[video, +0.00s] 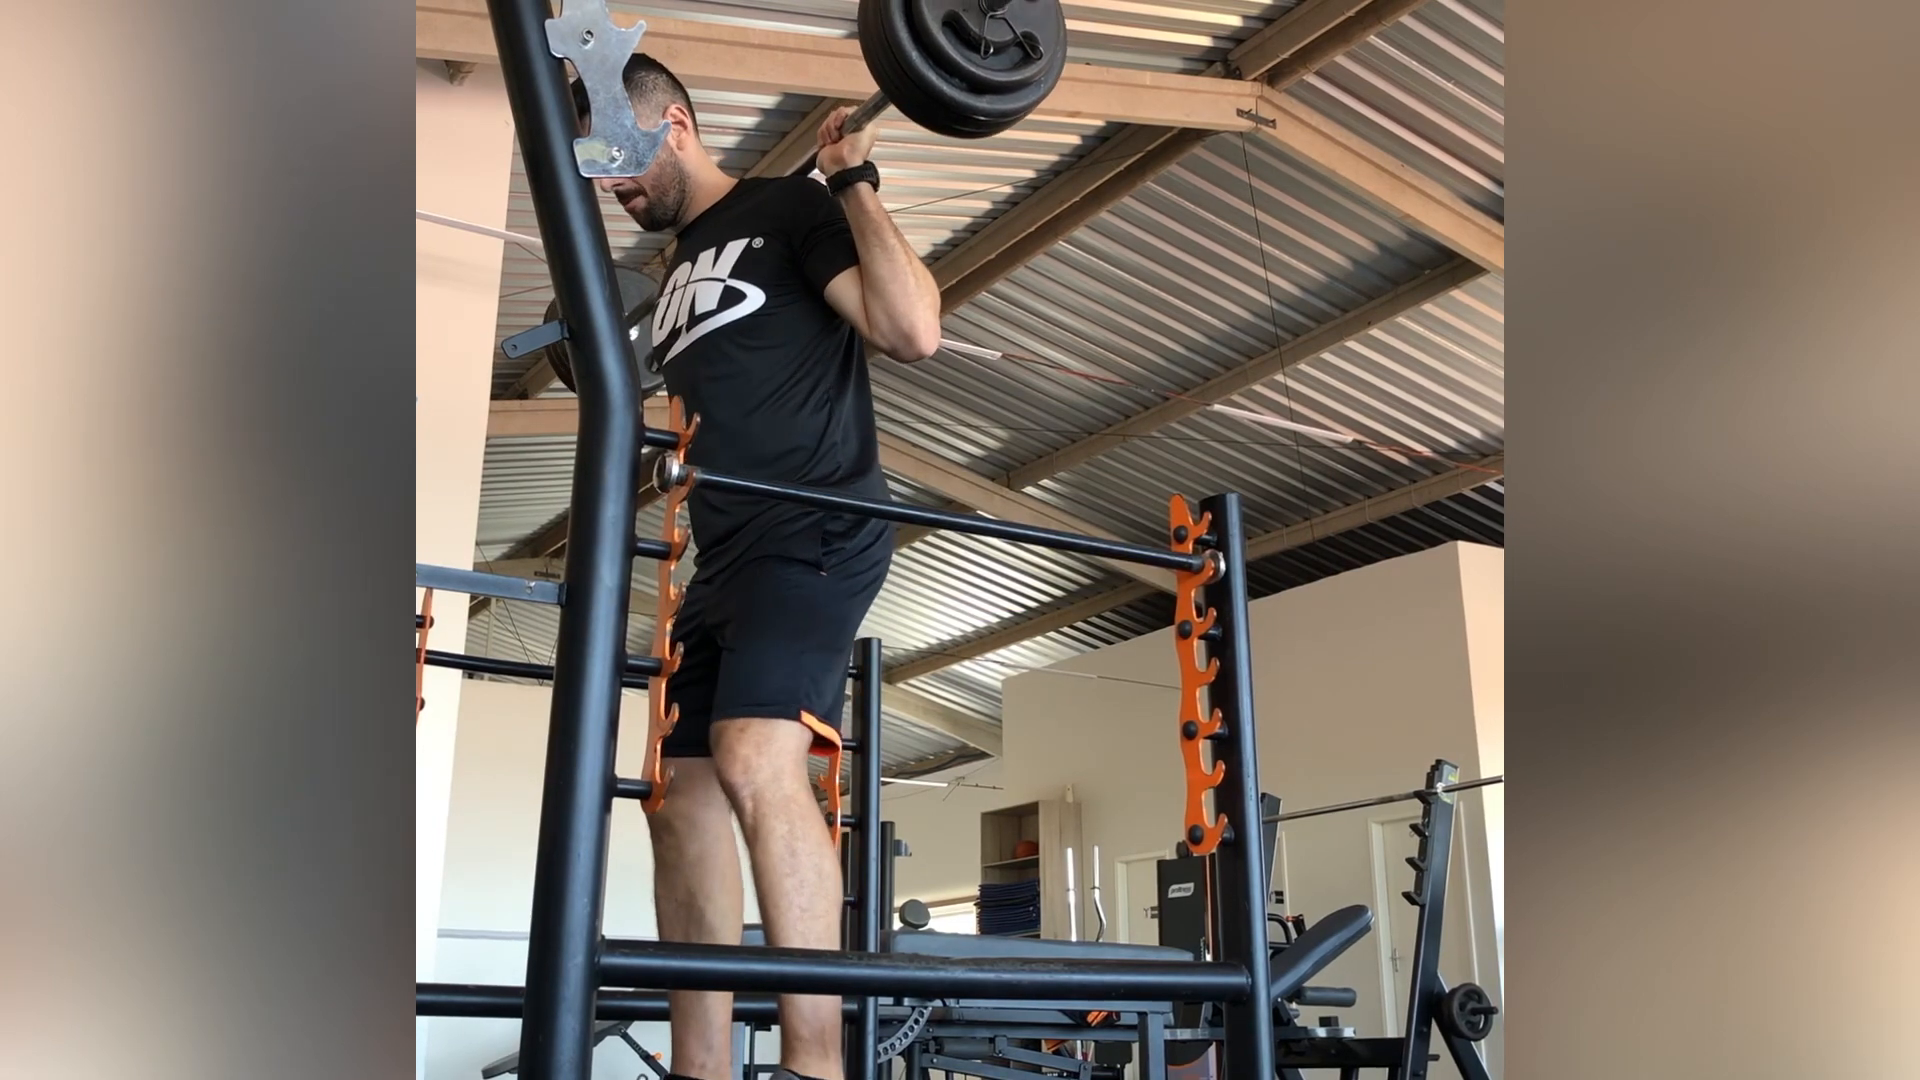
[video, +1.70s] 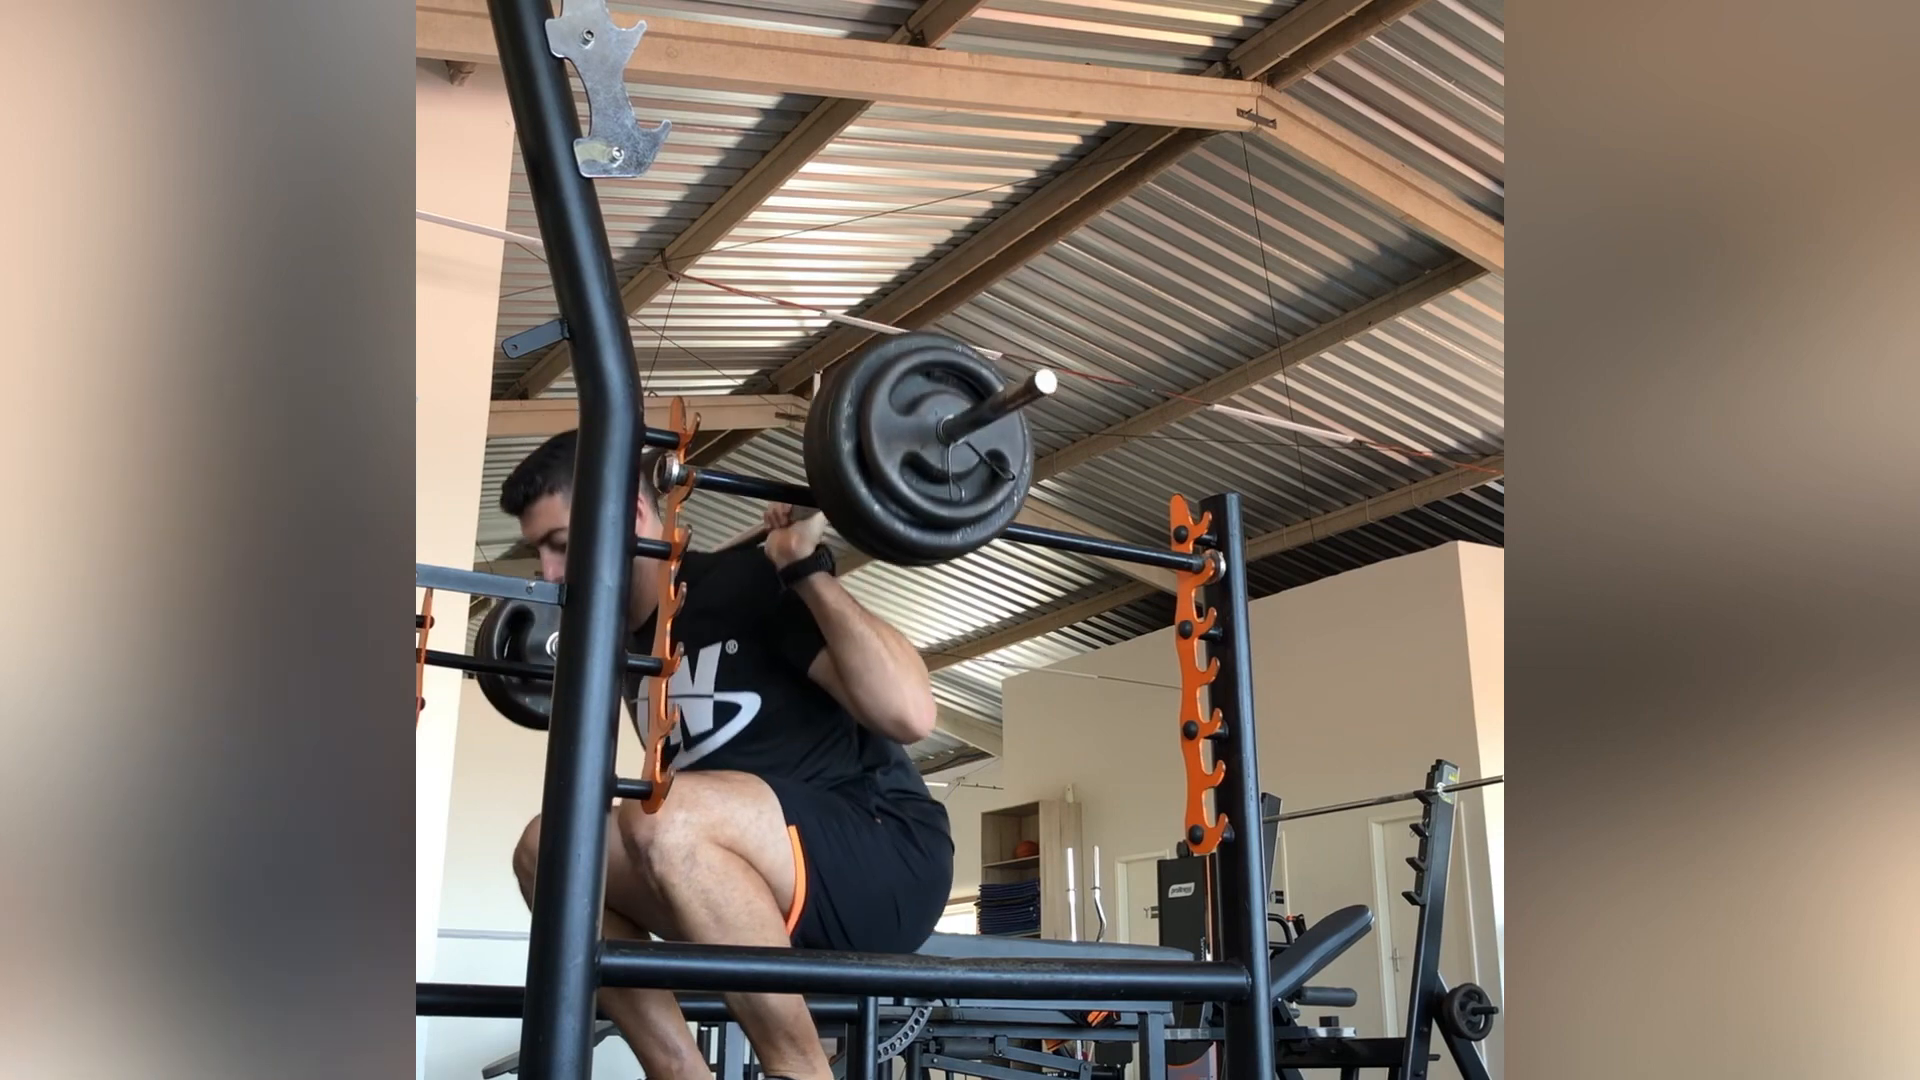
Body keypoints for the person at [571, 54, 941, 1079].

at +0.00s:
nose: (615, 183)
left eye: (626, 155)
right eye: (602, 168)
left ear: (680, 127)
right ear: (610, 171)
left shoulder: (790, 205)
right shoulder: (677, 277)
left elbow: (914, 332)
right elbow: (709, 421)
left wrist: (855, 184)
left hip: (817, 526)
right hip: (725, 546)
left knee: (758, 754)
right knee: (683, 789)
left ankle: (819, 1063)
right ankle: (699, 1068)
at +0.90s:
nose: (590, 309)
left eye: (600, 283)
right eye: (582, 288)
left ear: (661, 267)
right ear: (642, 277)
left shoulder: (781, 341)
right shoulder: (661, 406)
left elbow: (914, 472)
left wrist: (837, 318)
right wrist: (621, 433)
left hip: (868, 634)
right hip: (763, 659)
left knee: (702, 789)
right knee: (587, 812)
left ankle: (816, 1068)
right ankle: (686, 1072)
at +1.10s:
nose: (570, 406)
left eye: (578, 376)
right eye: (557, 387)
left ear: (649, 350)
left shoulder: (766, 415)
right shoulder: (646, 487)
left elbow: (911, 550)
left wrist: (827, 407)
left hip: (882, 700)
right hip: (772, 721)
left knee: (690, 793)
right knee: (568, 833)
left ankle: (816, 1070)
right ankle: (685, 1074)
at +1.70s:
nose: (548, 573)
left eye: (560, 542)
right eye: (537, 552)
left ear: (638, 514)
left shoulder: (749, 578)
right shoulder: (623, 643)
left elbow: (911, 714)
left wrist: (809, 570)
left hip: (886, 853)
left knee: (667, 818)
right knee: (547, 848)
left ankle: (802, 1071)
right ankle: (681, 1073)